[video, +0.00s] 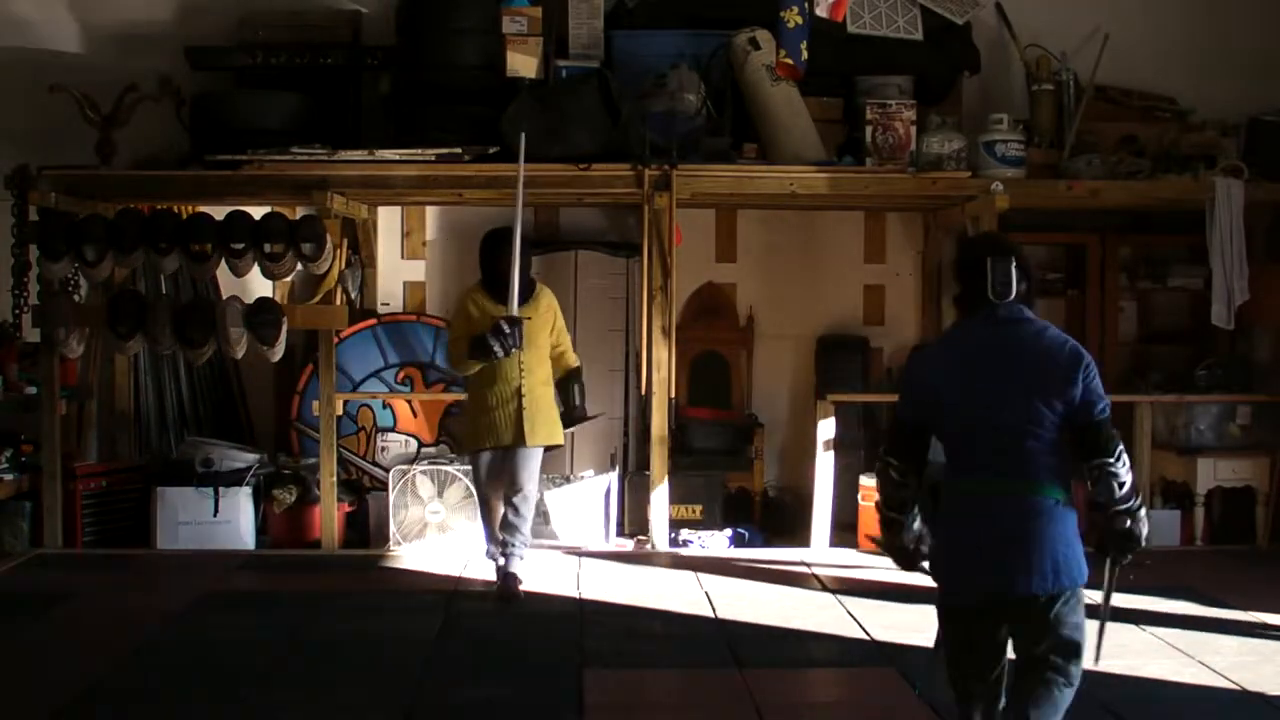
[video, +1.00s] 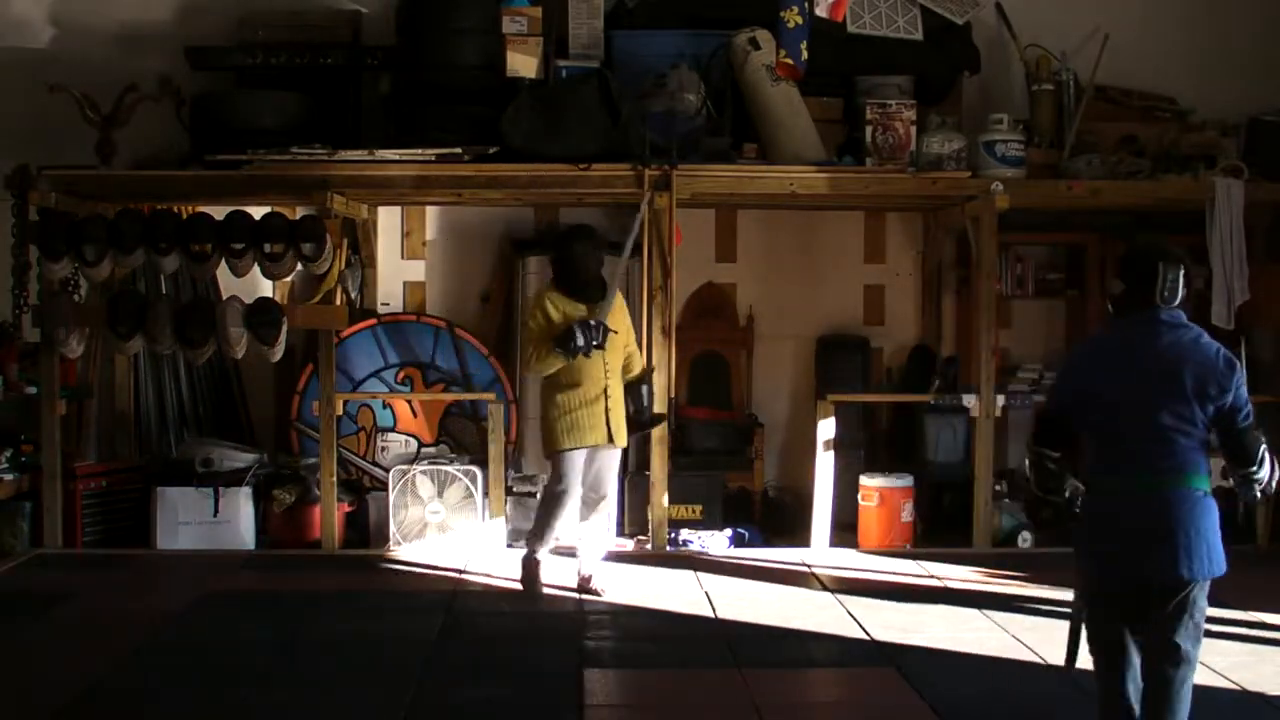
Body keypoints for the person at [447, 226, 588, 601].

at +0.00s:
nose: (516, 268)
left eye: (521, 259)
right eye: (507, 260)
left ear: (529, 260)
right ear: (489, 262)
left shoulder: (544, 299)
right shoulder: (472, 302)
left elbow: (561, 350)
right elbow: (456, 361)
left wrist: (572, 388)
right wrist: (483, 347)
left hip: (534, 413)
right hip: (488, 415)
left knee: (524, 491)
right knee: (488, 492)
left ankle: (512, 565)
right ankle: (497, 557)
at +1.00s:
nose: (592, 265)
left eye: (595, 257)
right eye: (583, 258)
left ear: (600, 260)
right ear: (566, 263)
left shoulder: (614, 301)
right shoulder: (548, 302)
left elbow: (631, 357)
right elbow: (533, 363)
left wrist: (638, 388)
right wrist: (569, 343)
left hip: (611, 414)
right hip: (569, 414)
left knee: (601, 496)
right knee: (566, 488)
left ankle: (587, 573)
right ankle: (533, 558)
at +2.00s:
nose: (625, 271)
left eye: (626, 263)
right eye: (617, 263)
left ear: (624, 266)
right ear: (594, 265)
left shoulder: (627, 304)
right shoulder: (565, 310)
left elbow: (639, 355)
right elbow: (546, 372)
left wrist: (644, 394)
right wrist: (549, 428)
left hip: (612, 426)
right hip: (579, 429)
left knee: (580, 500)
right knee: (590, 505)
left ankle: (555, 575)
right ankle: (593, 587)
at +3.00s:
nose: (604, 265)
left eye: (603, 257)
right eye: (595, 258)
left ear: (602, 260)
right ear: (572, 263)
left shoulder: (606, 304)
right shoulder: (550, 308)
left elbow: (609, 364)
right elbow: (541, 369)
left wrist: (619, 357)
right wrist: (588, 365)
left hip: (601, 419)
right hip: (570, 422)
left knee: (571, 498)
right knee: (589, 500)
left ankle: (553, 576)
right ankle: (594, 586)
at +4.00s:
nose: (609, 265)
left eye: (610, 256)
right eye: (600, 257)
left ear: (610, 259)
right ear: (578, 260)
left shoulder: (608, 305)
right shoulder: (553, 306)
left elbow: (628, 362)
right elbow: (543, 366)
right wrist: (588, 363)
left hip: (605, 419)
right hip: (572, 420)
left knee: (584, 499)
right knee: (588, 500)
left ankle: (565, 577)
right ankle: (591, 583)